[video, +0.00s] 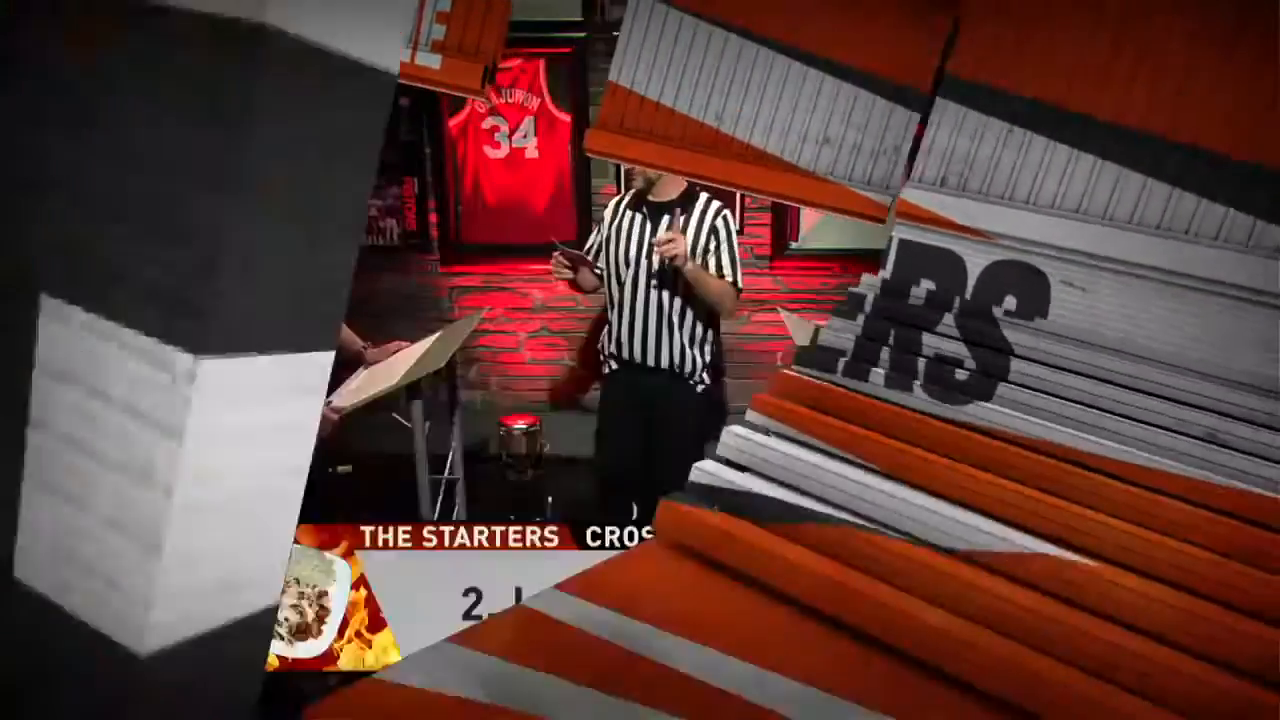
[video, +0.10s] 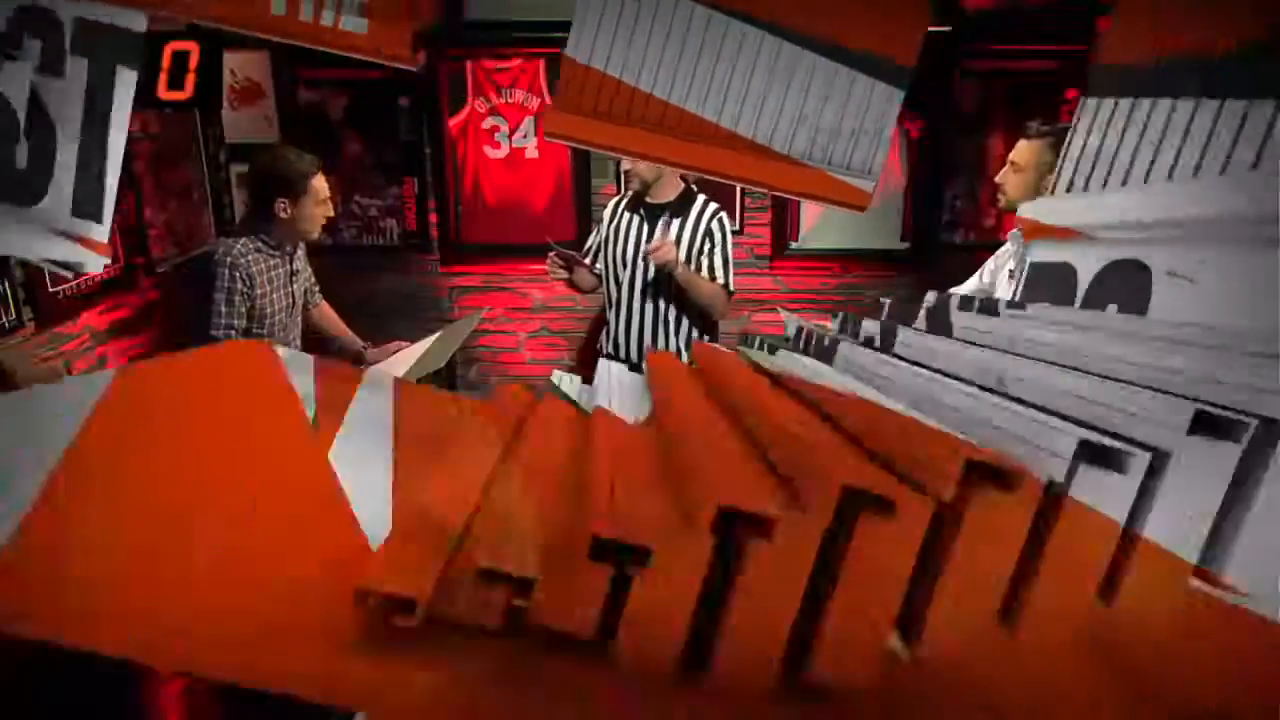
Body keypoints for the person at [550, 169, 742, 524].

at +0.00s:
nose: (627, 162)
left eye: (636, 151)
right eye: (625, 153)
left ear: (668, 152)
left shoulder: (712, 216)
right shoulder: (618, 209)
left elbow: (727, 303)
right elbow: (601, 281)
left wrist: (687, 265)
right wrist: (576, 271)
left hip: (685, 387)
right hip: (622, 381)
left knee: (673, 499)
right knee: (614, 496)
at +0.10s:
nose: (624, 166)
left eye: (634, 157)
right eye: (622, 158)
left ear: (666, 157)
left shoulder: (708, 218)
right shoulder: (617, 210)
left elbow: (718, 306)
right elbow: (593, 280)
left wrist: (677, 268)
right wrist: (573, 270)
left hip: (681, 378)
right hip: (617, 371)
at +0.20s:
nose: (620, 169)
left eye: (631, 159)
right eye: (618, 159)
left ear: (663, 158)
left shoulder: (705, 220)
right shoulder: (614, 210)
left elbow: (712, 307)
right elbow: (590, 281)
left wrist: (673, 284)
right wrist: (567, 269)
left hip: (676, 370)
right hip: (614, 362)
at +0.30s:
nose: (616, 170)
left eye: (626, 160)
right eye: (613, 159)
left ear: (659, 158)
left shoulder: (699, 220)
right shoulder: (609, 213)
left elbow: (711, 306)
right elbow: (587, 281)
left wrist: (669, 289)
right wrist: (564, 271)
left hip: (676, 372)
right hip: (612, 367)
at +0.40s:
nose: (613, 169)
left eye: (624, 160)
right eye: (611, 158)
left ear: (656, 157)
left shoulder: (697, 220)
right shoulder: (607, 211)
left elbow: (711, 304)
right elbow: (585, 279)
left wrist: (670, 294)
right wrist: (562, 270)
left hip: (674, 373)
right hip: (610, 368)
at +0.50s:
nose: (612, 167)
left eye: (623, 157)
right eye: (610, 156)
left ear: (654, 156)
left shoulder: (693, 218)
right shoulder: (603, 210)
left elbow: (712, 301)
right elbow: (581, 280)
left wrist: (674, 302)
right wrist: (563, 269)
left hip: (672, 373)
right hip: (611, 367)